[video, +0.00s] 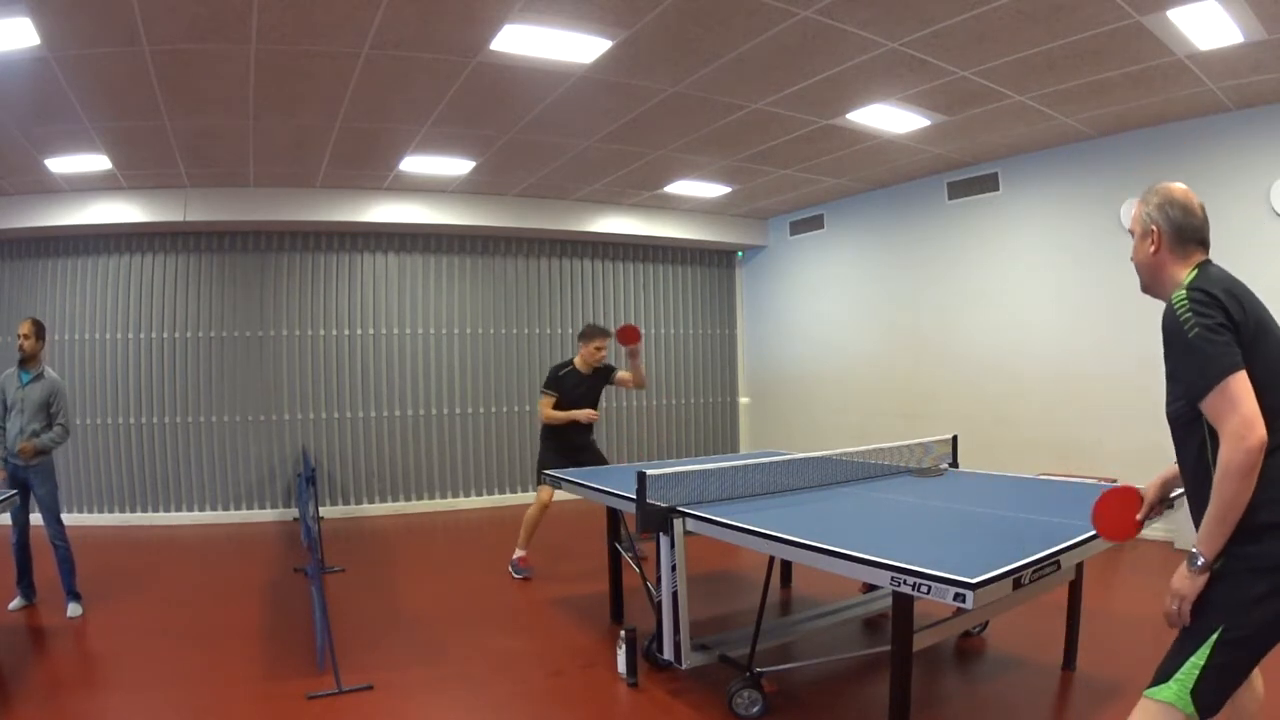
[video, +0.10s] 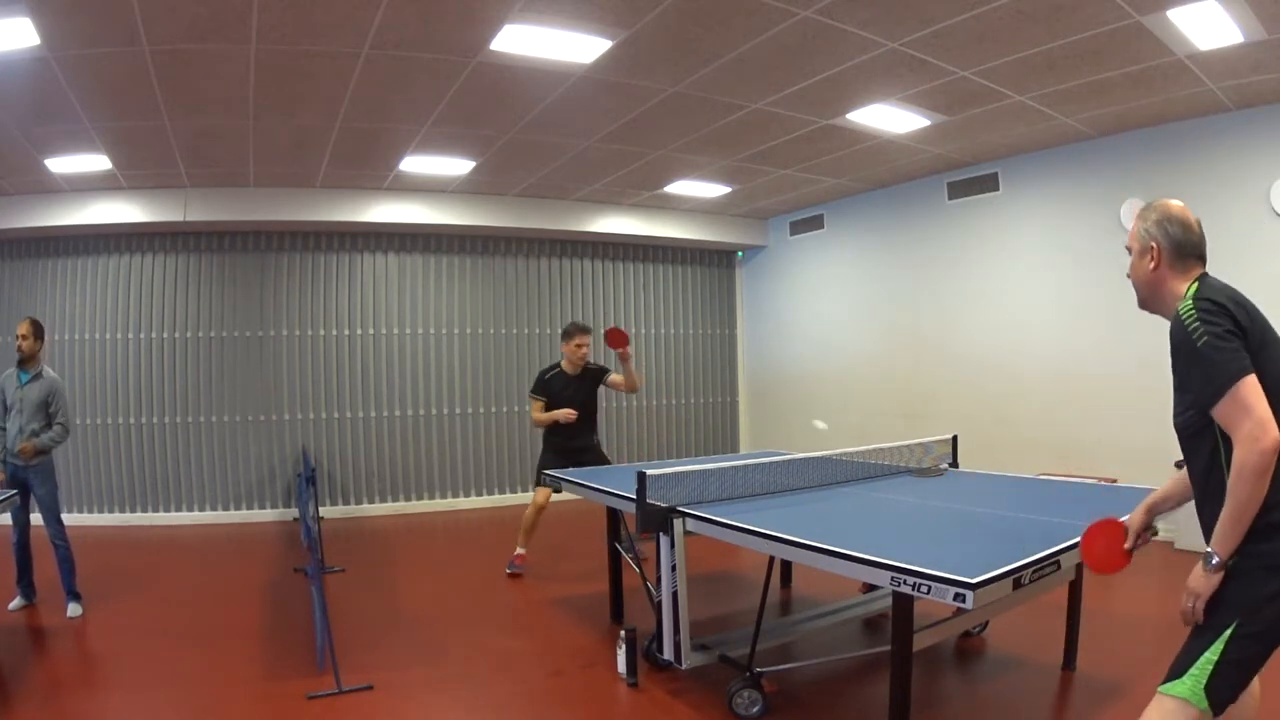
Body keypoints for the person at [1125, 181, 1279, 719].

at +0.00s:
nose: (1129, 253)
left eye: (1132, 237)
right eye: (1130, 238)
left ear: (1153, 240)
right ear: (1190, 237)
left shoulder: (1190, 306)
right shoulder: (1224, 292)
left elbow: (1244, 437)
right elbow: (1246, 423)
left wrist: (1198, 561)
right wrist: (1171, 481)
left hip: (1257, 554)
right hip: (1268, 542)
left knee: (1160, 707)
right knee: (1235, 670)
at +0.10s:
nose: (1126, 270)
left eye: (1129, 254)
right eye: (1127, 256)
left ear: (1153, 257)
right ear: (1179, 254)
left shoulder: (1197, 315)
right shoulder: (1216, 306)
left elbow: (1259, 440)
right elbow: (1220, 449)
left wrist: (1212, 561)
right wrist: (1150, 508)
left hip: (1260, 558)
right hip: (1262, 550)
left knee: (1174, 707)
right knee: (1233, 682)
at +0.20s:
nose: (1118, 273)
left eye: (1124, 257)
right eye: (1119, 257)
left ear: (1151, 260)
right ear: (1157, 260)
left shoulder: (1207, 319)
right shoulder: (1199, 323)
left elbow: (1272, 428)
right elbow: (1192, 456)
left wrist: (1225, 556)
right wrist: (1112, 513)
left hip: (1267, 563)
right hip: (1260, 559)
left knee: (1181, 709)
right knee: (1197, 703)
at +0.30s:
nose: (1110, 260)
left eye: (1115, 243)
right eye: (1111, 245)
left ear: (1147, 246)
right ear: (1151, 247)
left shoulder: (1210, 306)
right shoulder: (1183, 333)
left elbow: (1278, 418)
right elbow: (1151, 455)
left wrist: (1235, 549)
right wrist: (1069, 477)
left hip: (1263, 562)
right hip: (1247, 559)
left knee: (1179, 710)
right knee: (1196, 706)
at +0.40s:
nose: (1100, 236)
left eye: (1106, 218)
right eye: (1102, 220)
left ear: (1139, 223)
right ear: (1144, 224)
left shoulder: (1204, 287)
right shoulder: (1172, 317)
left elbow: (1278, 403)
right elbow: (1144, 435)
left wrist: (1238, 541)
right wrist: (1056, 440)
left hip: (1261, 556)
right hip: (1239, 554)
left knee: (1175, 712)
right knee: (1197, 709)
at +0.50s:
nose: (1093, 220)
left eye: (1097, 203)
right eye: (1093, 204)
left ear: (1126, 206)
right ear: (1133, 207)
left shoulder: (1192, 275)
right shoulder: (1175, 285)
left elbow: (1274, 399)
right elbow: (1170, 420)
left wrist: (1221, 545)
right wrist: (1072, 423)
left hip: (1252, 562)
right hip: (1238, 558)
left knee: (1175, 713)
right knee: (1192, 710)